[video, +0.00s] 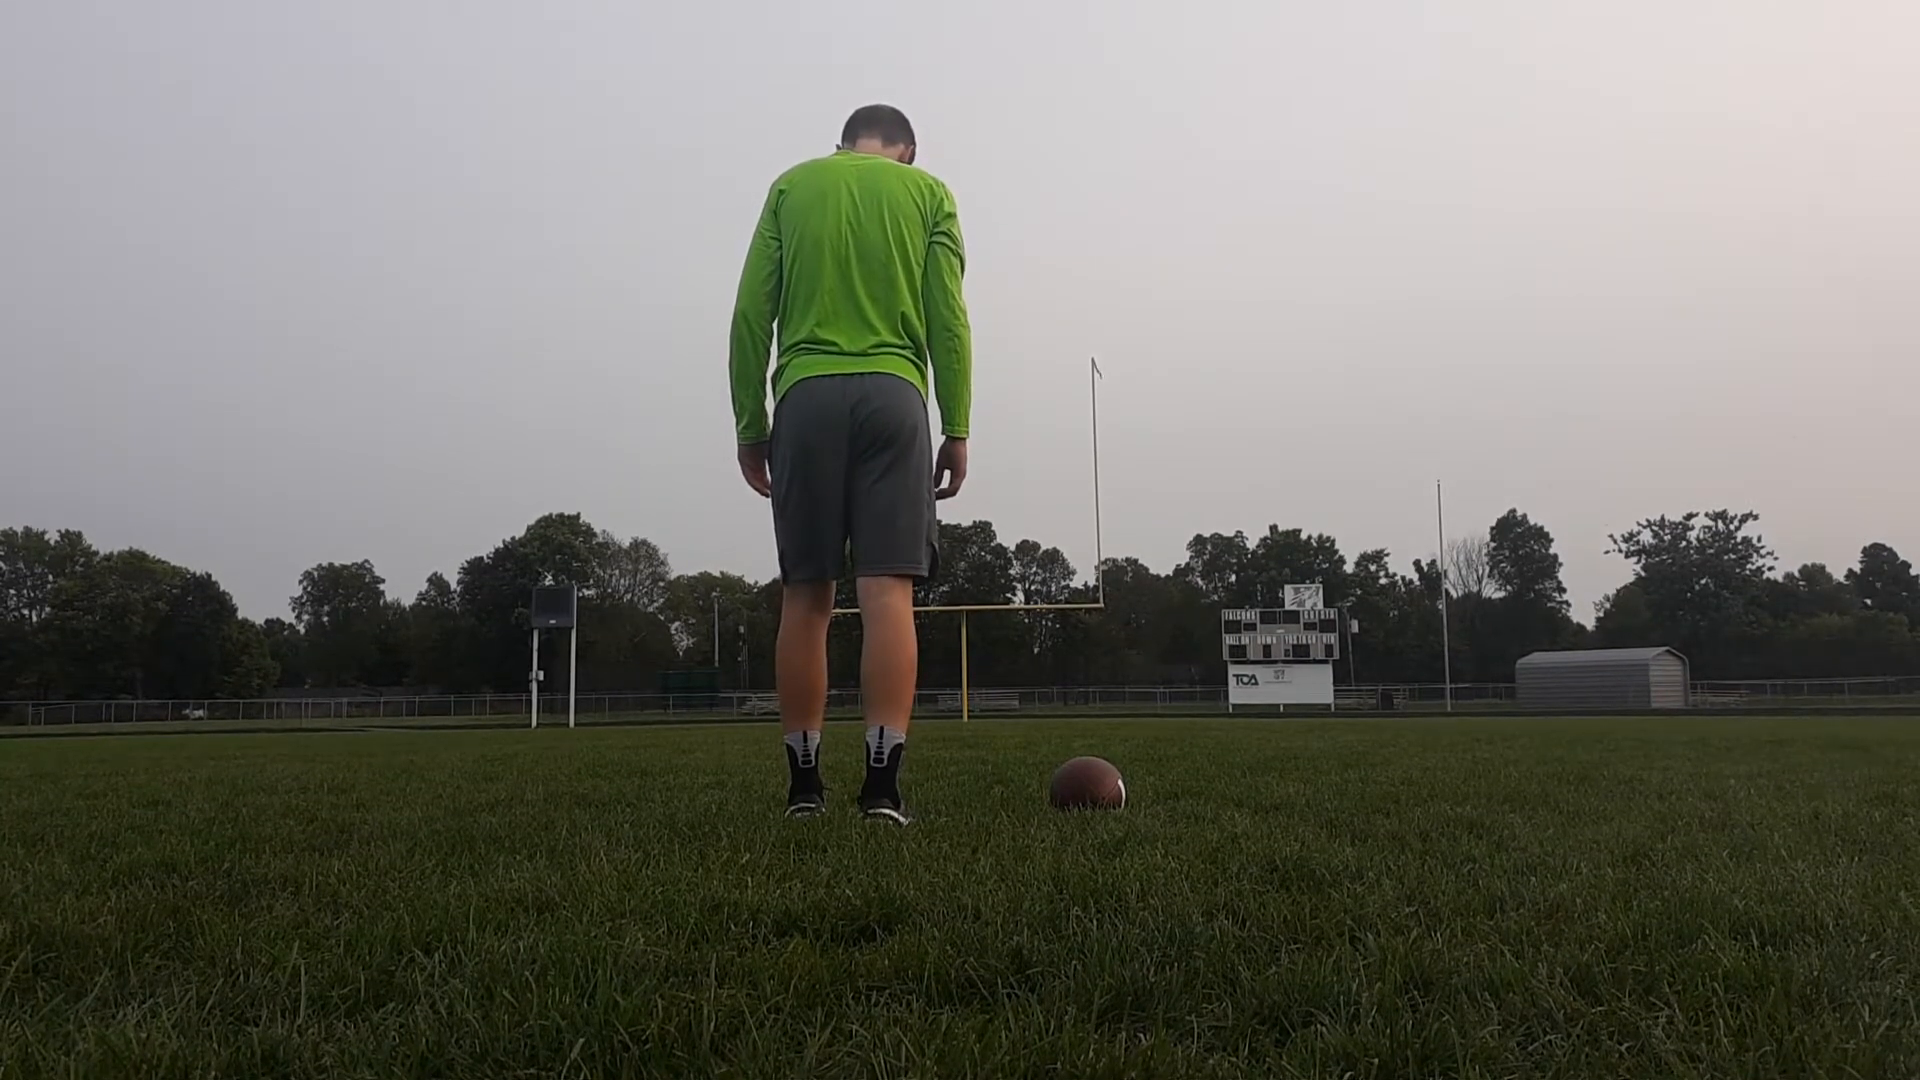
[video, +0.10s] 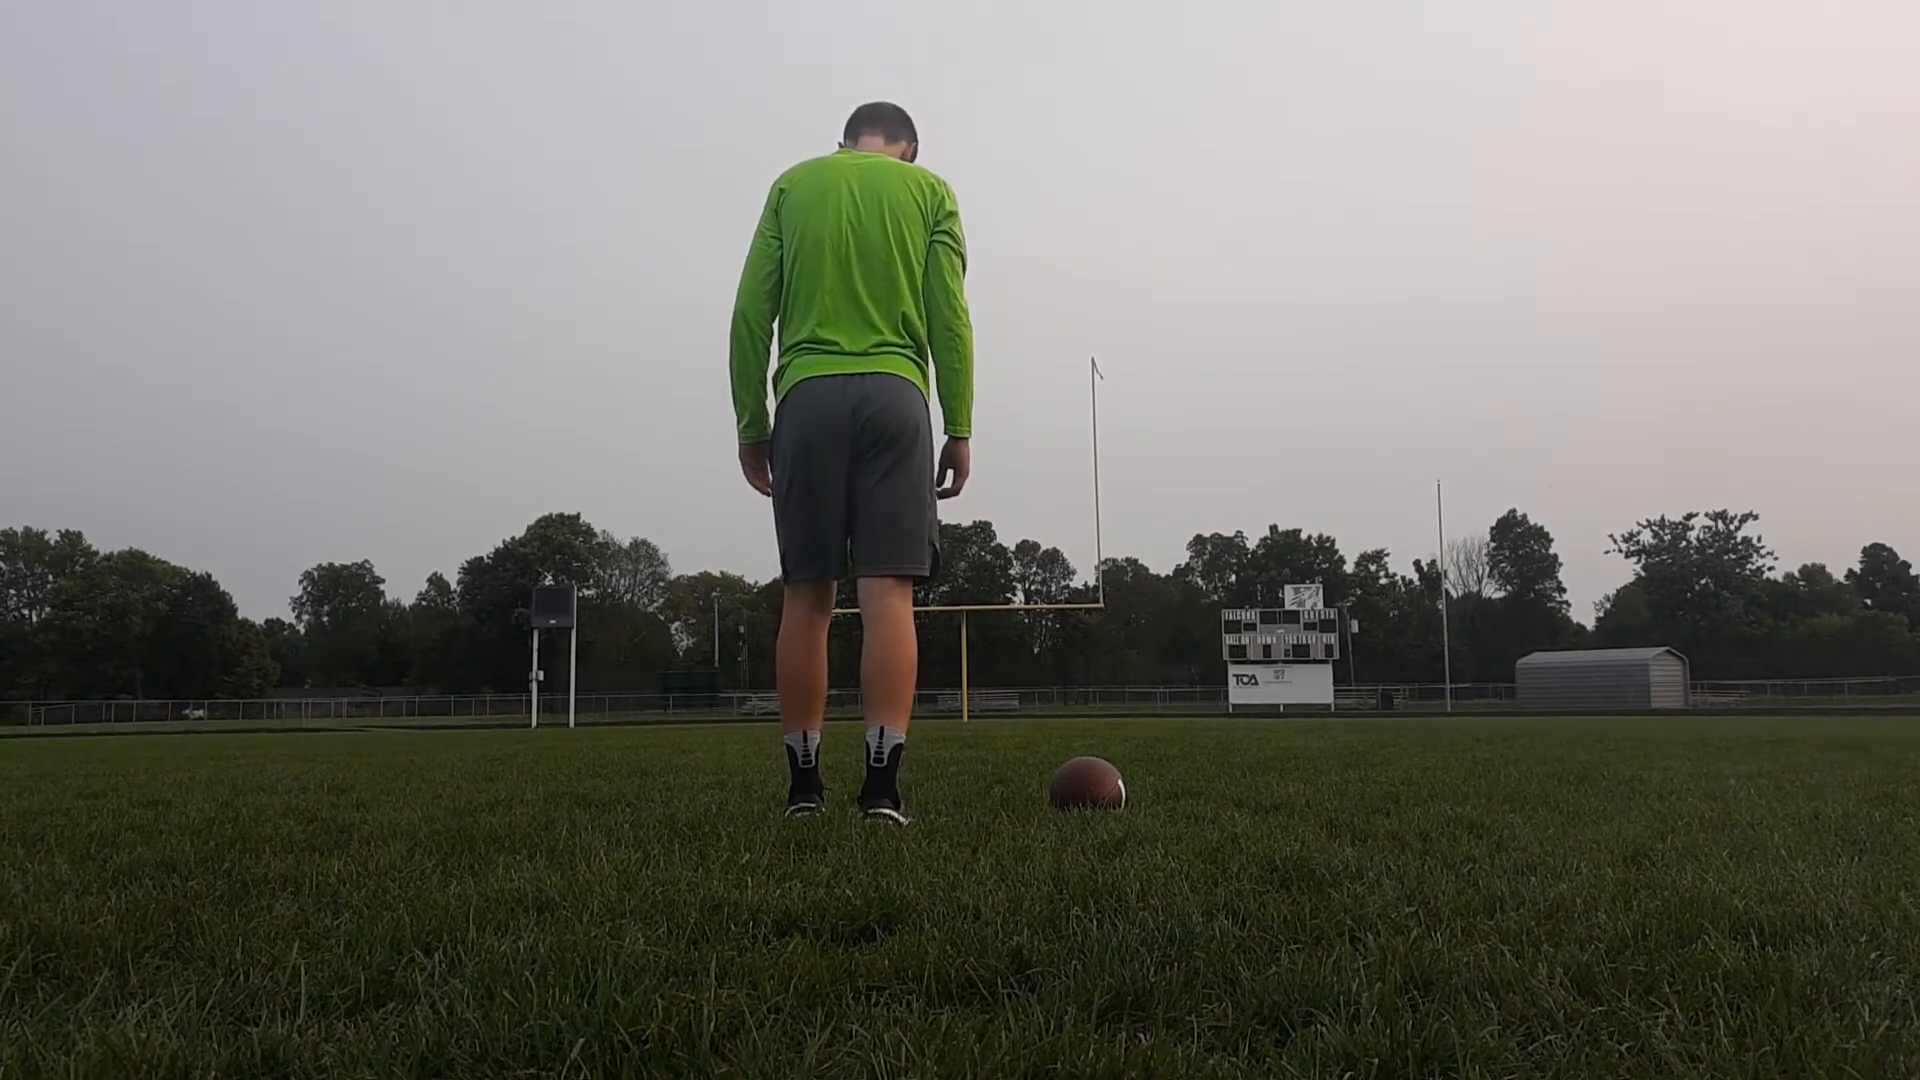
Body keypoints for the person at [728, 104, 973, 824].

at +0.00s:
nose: (910, 170)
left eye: (905, 161)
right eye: (912, 160)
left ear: (843, 141)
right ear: (906, 148)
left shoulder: (792, 184)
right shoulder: (927, 191)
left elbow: (751, 310)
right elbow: (947, 313)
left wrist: (751, 426)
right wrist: (957, 427)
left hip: (807, 397)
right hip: (893, 397)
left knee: (806, 593)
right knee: (889, 591)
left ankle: (805, 787)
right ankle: (882, 792)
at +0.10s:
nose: (912, 168)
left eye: (907, 159)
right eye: (914, 157)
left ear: (846, 139)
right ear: (907, 146)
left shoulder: (792, 184)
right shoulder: (929, 190)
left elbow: (751, 310)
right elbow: (949, 313)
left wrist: (752, 426)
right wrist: (960, 428)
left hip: (808, 397)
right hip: (894, 396)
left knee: (807, 593)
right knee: (889, 591)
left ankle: (804, 785)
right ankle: (882, 789)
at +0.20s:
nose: (918, 165)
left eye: (915, 156)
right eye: (920, 154)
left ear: (850, 136)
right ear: (911, 143)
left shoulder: (795, 182)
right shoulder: (931, 189)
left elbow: (751, 309)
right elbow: (951, 311)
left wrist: (754, 424)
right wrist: (963, 427)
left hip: (809, 398)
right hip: (897, 398)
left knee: (809, 594)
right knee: (890, 594)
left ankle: (805, 787)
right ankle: (882, 791)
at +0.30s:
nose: (922, 165)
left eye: (918, 156)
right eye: (924, 154)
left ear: (856, 133)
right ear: (917, 141)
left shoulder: (799, 179)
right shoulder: (936, 186)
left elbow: (753, 306)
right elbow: (956, 307)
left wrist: (755, 422)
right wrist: (968, 425)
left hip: (811, 397)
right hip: (899, 398)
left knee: (812, 593)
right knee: (893, 593)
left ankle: (804, 785)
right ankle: (882, 792)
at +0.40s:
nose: (929, 163)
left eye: (925, 154)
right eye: (932, 152)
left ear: (864, 129)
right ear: (924, 139)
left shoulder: (806, 173)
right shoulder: (944, 183)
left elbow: (755, 300)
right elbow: (965, 305)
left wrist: (754, 416)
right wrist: (976, 424)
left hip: (813, 395)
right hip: (902, 397)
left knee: (810, 593)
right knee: (897, 594)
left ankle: (802, 783)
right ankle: (881, 792)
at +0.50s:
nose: (938, 156)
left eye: (933, 146)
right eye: (941, 145)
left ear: (871, 121)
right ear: (932, 132)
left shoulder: (812, 162)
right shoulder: (952, 174)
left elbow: (759, 287)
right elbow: (977, 300)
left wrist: (749, 408)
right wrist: (991, 420)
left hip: (814, 387)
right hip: (907, 390)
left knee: (802, 584)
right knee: (900, 590)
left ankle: (795, 781)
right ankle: (883, 792)